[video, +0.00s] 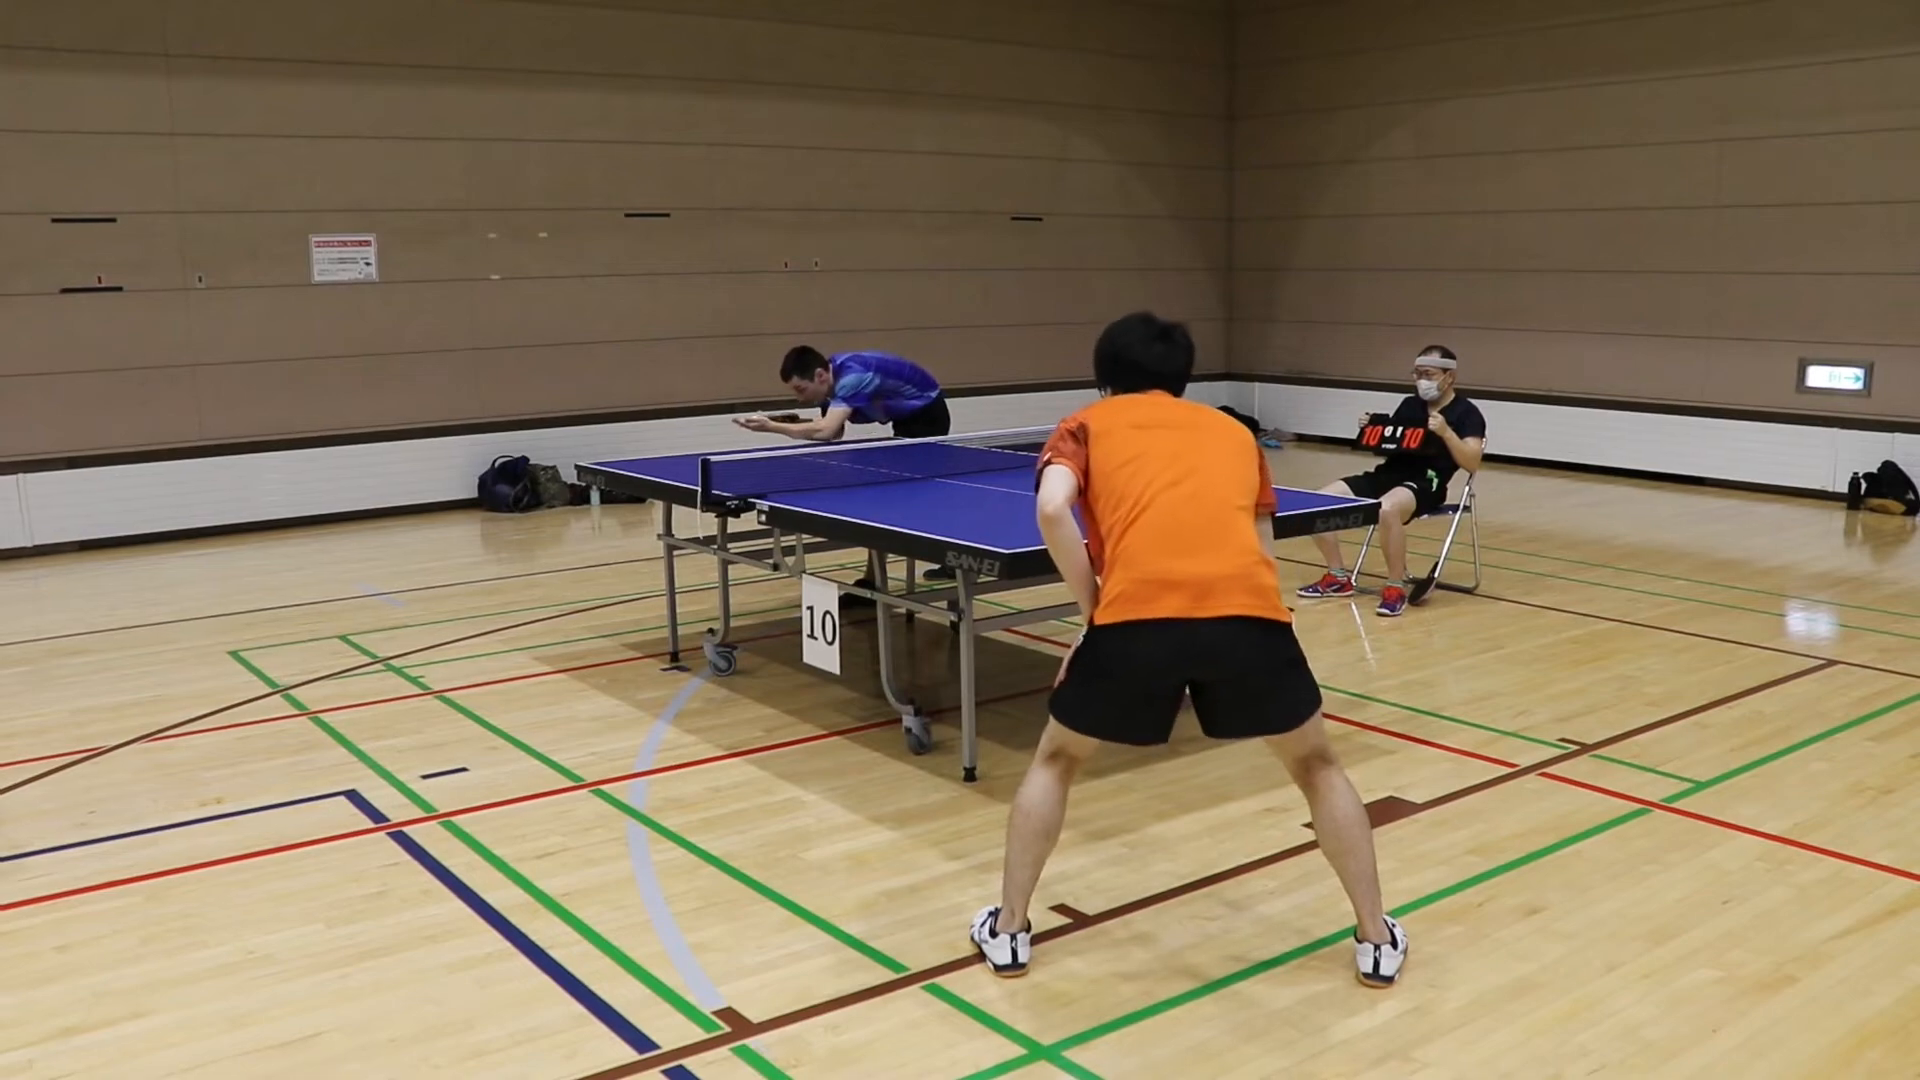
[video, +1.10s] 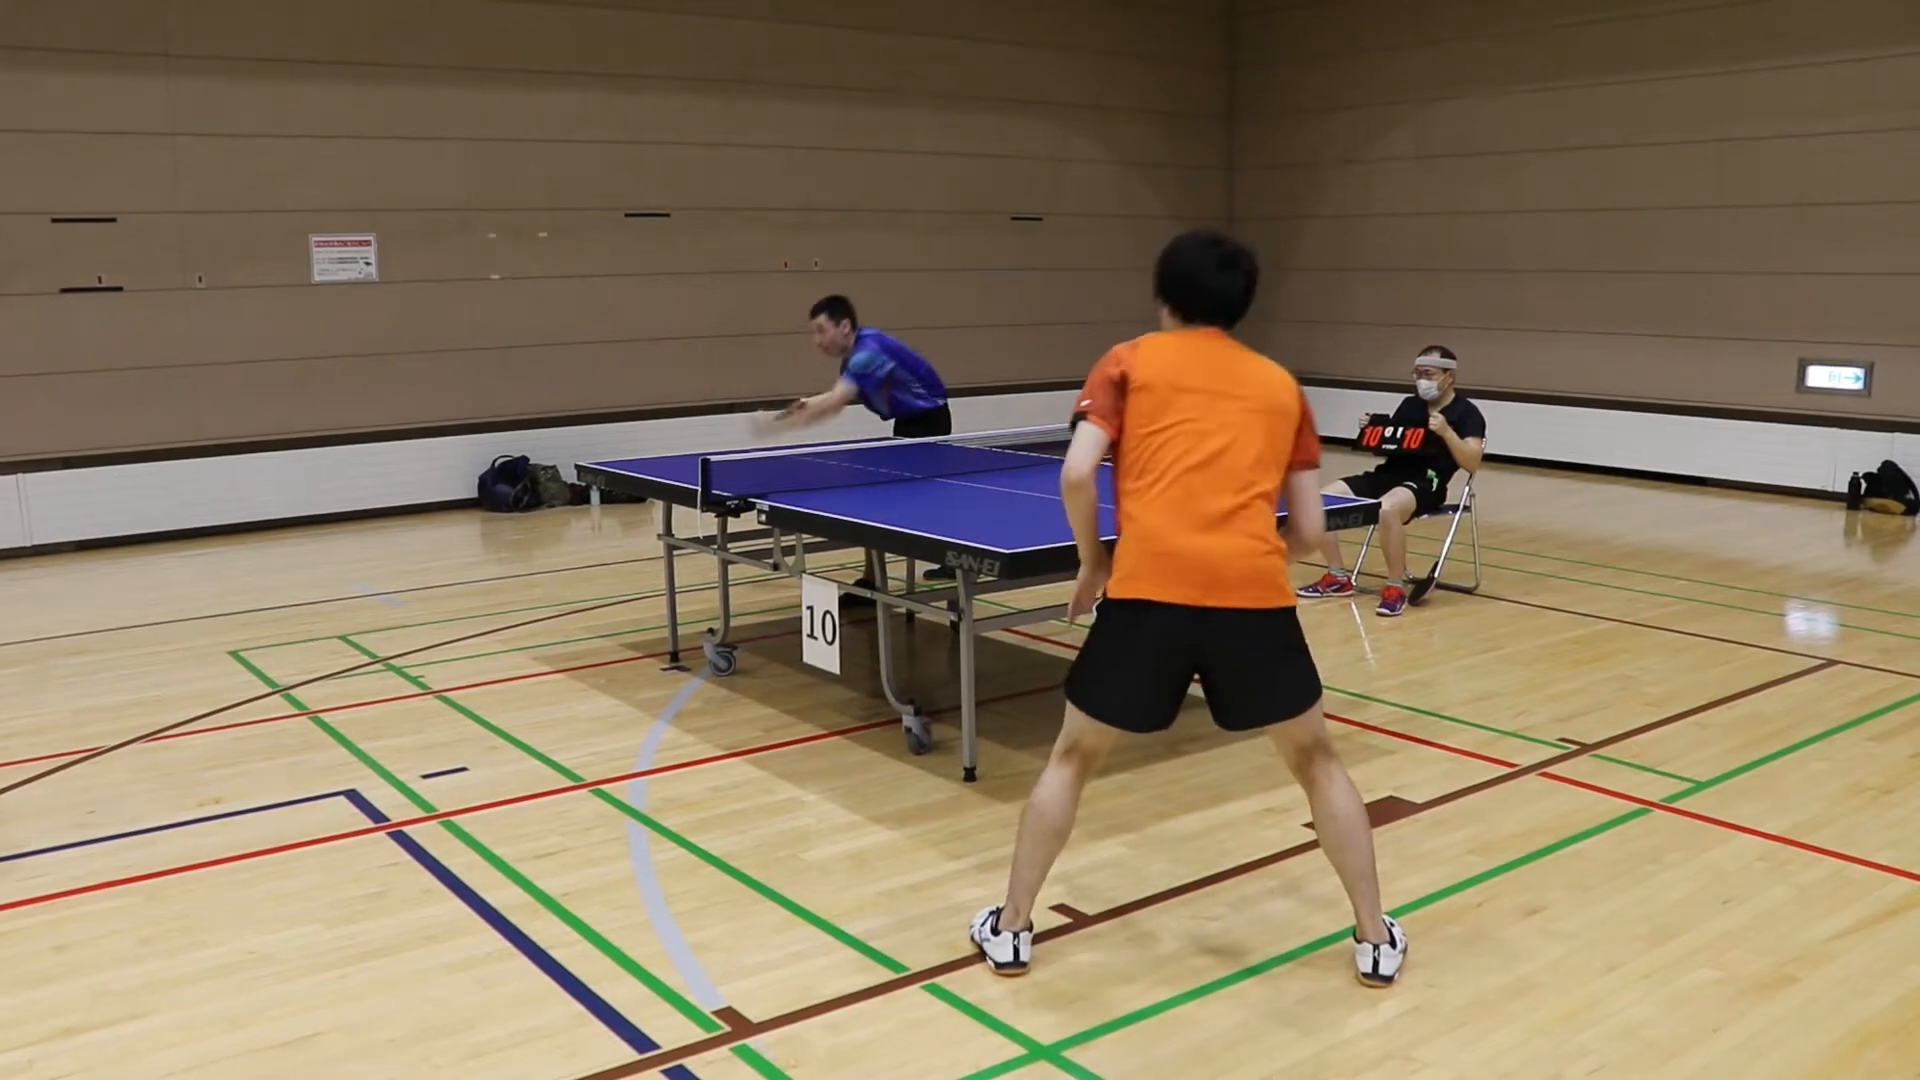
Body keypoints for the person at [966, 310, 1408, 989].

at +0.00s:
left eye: (1099, 374)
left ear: (1104, 376)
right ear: (1183, 378)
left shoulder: (1085, 424)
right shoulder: (1234, 430)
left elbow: (1052, 507)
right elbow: (1260, 546)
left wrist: (1094, 611)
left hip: (1134, 630)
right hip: (1249, 628)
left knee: (1056, 760)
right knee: (1317, 766)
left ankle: (1009, 929)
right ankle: (1378, 938)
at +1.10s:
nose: (1152, 306)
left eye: (1156, 295)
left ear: (1162, 299)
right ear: (1240, 306)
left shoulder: (1131, 361)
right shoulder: (1280, 386)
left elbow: (1076, 472)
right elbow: (1309, 532)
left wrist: (1093, 563)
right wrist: (1247, 543)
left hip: (1147, 596)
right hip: (1253, 603)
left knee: (1073, 757)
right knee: (1315, 757)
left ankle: (1013, 929)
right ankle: (1376, 937)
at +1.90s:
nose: (1116, 310)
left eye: (1118, 301)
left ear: (1124, 305)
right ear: (1194, 307)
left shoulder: (1107, 372)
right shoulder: (1239, 379)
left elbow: (1048, 485)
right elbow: (1290, 498)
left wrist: (1015, 506)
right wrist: (1226, 481)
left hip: (1147, 591)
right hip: (1246, 587)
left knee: (1072, 708)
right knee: (1289, 690)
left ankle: (1052, 874)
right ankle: (1337, 836)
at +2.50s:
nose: (1082, 384)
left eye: (1083, 373)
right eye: (1082, 373)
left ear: (1095, 374)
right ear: (1155, 369)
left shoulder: (1100, 430)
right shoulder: (1205, 427)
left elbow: (1021, 529)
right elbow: (1224, 512)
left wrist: (1007, 514)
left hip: (1168, 644)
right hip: (1248, 637)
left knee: (1015, 707)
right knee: (1250, 698)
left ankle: (987, 880)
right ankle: (1322, 824)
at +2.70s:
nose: (1014, 366)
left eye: (1015, 354)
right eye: (1015, 354)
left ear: (1027, 355)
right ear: (1090, 345)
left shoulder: (1033, 404)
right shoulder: (1133, 409)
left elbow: (944, 492)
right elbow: (1134, 523)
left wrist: (900, 471)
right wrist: (1056, 590)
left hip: (1078, 624)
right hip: (1171, 616)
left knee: (946, 691)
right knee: (1235, 716)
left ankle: (960, 865)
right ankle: (1315, 821)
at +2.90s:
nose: (977, 363)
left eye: (979, 353)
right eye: (984, 352)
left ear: (987, 359)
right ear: (1055, 355)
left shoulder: (977, 431)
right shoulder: (1104, 423)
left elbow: (913, 553)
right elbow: (1184, 479)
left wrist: (884, 562)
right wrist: (1143, 424)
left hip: (1017, 647)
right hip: (1111, 641)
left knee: (906, 739)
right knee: (1165, 748)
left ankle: (850, 900)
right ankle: (1261, 874)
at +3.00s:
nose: (1010, 346)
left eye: (1012, 337)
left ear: (1018, 344)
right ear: (1090, 342)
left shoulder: (993, 421)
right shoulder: (1134, 419)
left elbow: (922, 544)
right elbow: (1203, 517)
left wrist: (925, 542)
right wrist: (1158, 464)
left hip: (1025, 644)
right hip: (1126, 642)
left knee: (920, 743)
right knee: (1194, 749)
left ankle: (851, 901)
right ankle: (1281, 895)